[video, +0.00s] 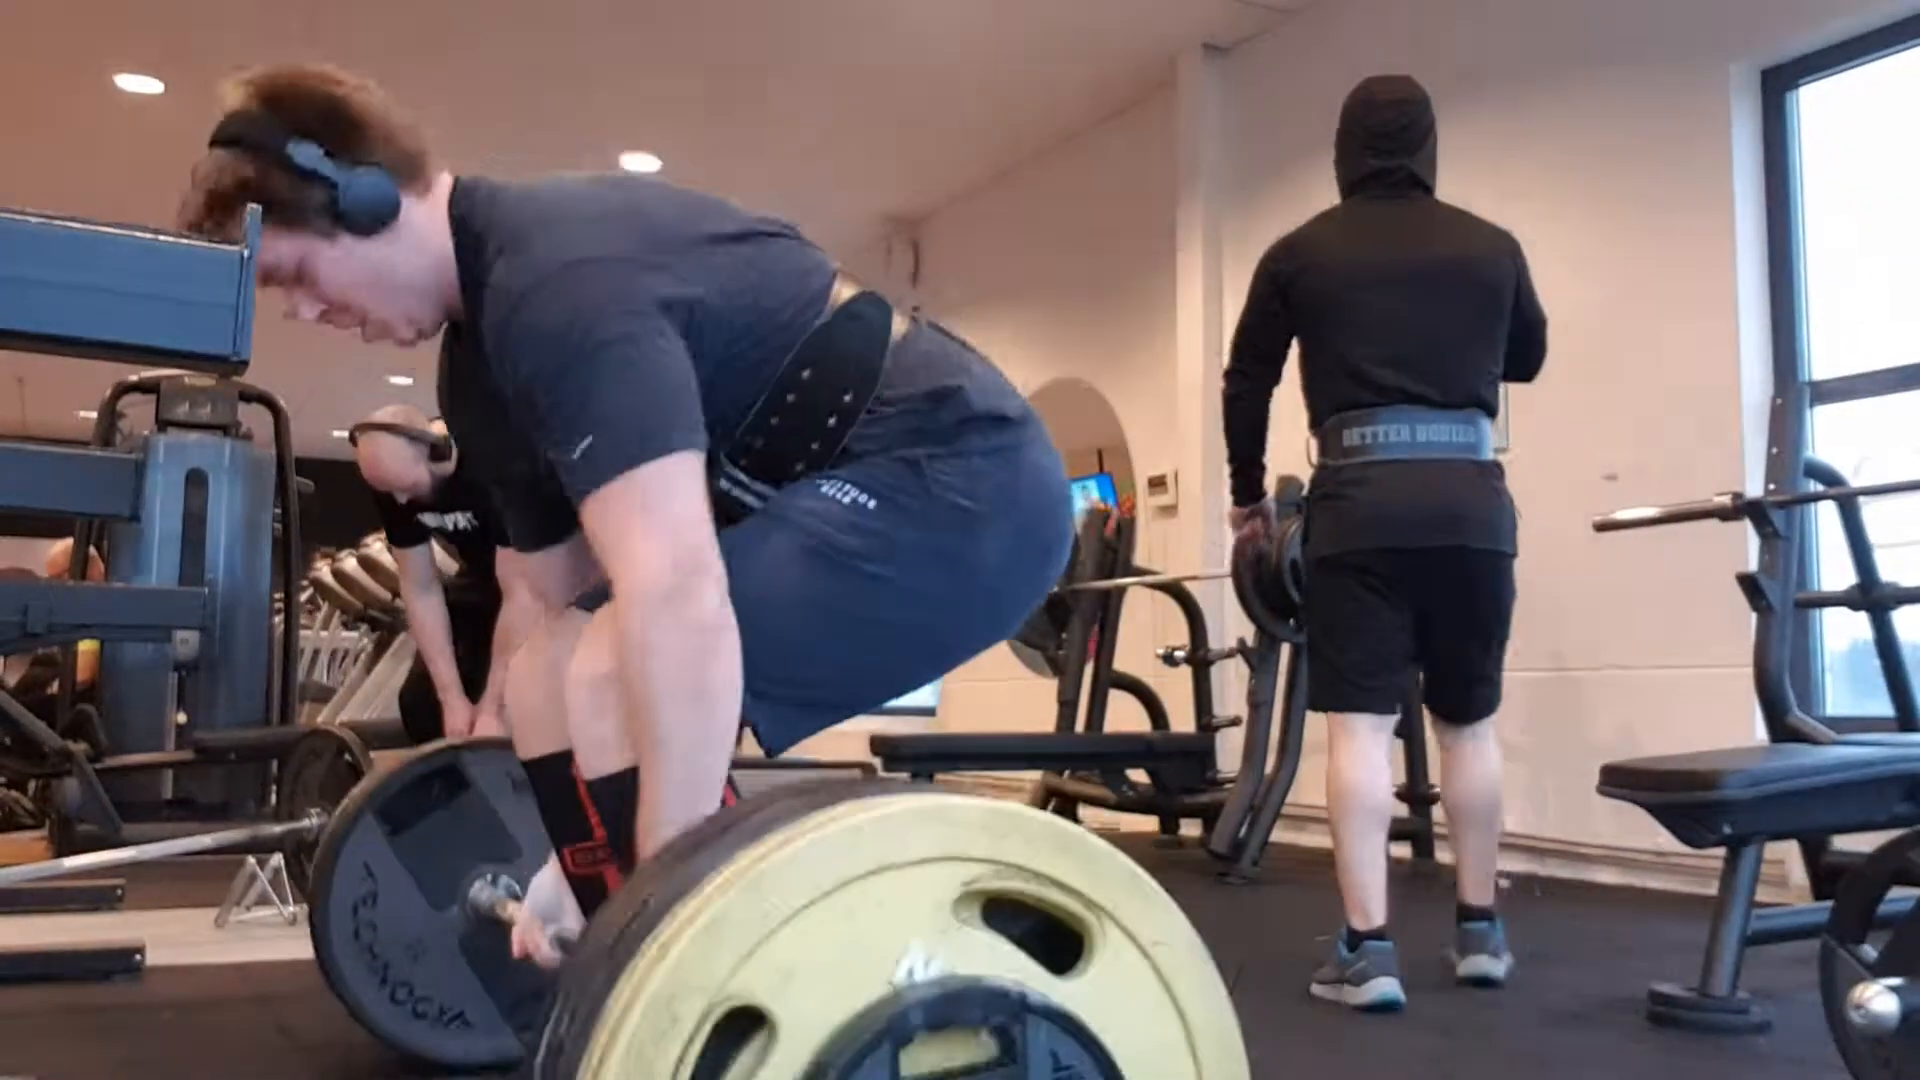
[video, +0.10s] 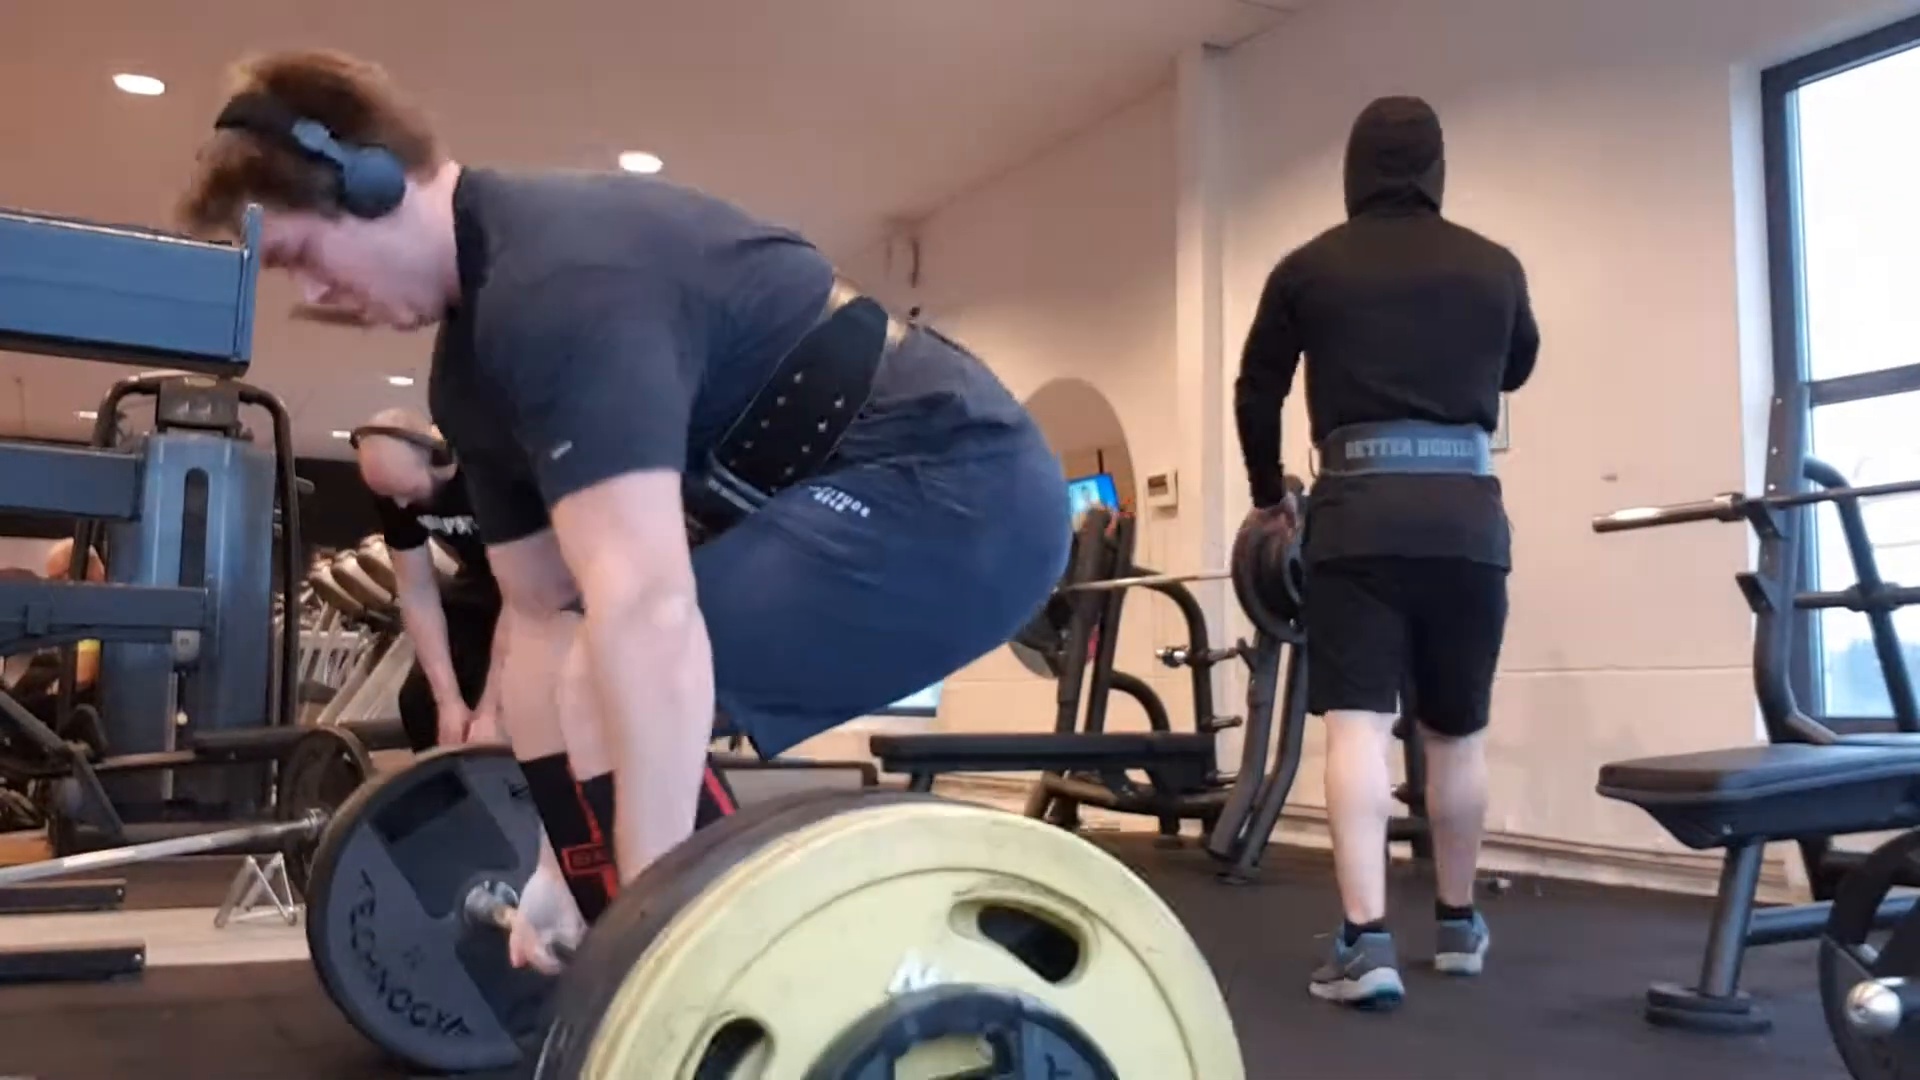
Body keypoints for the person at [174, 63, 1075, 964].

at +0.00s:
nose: (314, 313)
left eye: (300, 274)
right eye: (288, 293)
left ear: (356, 199)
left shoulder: (566, 290)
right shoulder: (478, 360)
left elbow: (678, 598)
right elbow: (540, 605)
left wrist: (671, 911)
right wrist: (534, 855)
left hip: (948, 480)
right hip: (832, 491)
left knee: (619, 672)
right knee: (551, 663)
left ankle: (685, 992)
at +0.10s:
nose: (310, 296)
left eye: (301, 255)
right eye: (287, 273)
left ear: (366, 176)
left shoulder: (564, 289)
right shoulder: (468, 364)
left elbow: (647, 611)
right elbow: (536, 614)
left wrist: (655, 915)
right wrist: (526, 851)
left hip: (947, 478)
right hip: (839, 495)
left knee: (619, 673)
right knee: (555, 661)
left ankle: (701, 979)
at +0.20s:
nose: (303, 268)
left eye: (293, 226)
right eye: (280, 241)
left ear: (359, 151)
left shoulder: (573, 261)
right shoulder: (475, 336)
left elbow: (650, 597)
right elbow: (532, 602)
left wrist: (650, 902)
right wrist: (493, 840)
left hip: (941, 467)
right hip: (833, 481)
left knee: (608, 676)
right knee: (538, 661)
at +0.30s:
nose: (296, 234)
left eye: (285, 190)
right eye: (270, 209)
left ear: (354, 119)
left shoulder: (566, 244)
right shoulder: (470, 328)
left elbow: (647, 584)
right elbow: (534, 594)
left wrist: (650, 902)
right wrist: (491, 828)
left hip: (931, 449)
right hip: (827, 469)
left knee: (597, 676)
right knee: (537, 670)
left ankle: (709, 966)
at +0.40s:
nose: (272, 203)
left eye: (275, 161)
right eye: (256, 178)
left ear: (361, 103)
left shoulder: (563, 244)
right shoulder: (461, 329)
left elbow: (648, 580)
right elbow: (535, 590)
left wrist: (653, 906)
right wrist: (535, 845)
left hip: (924, 439)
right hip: (817, 463)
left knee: (600, 675)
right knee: (534, 674)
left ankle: (721, 965)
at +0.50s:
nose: (268, 176)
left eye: (275, 132)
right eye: (256, 145)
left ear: (373, 88)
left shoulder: (563, 232)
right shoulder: (459, 321)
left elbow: (650, 569)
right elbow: (535, 585)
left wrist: (654, 897)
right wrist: (515, 836)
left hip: (920, 431)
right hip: (816, 455)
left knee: (603, 678)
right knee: (535, 676)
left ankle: (735, 971)